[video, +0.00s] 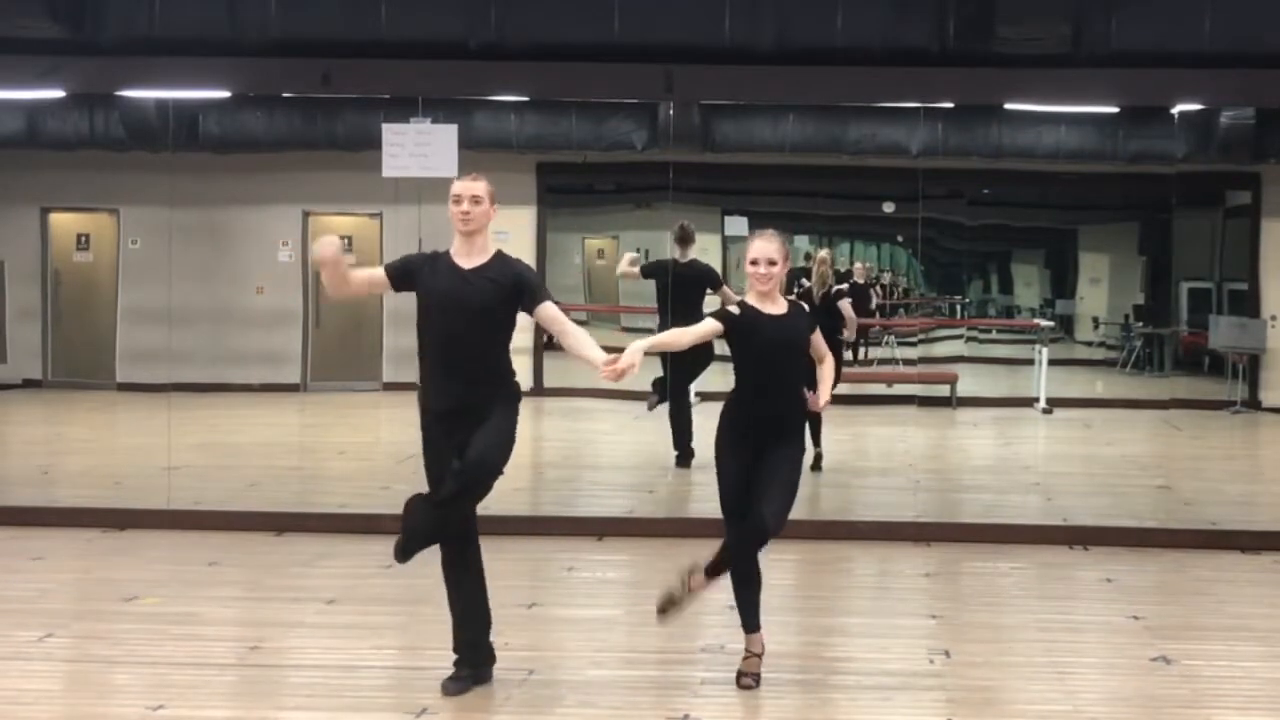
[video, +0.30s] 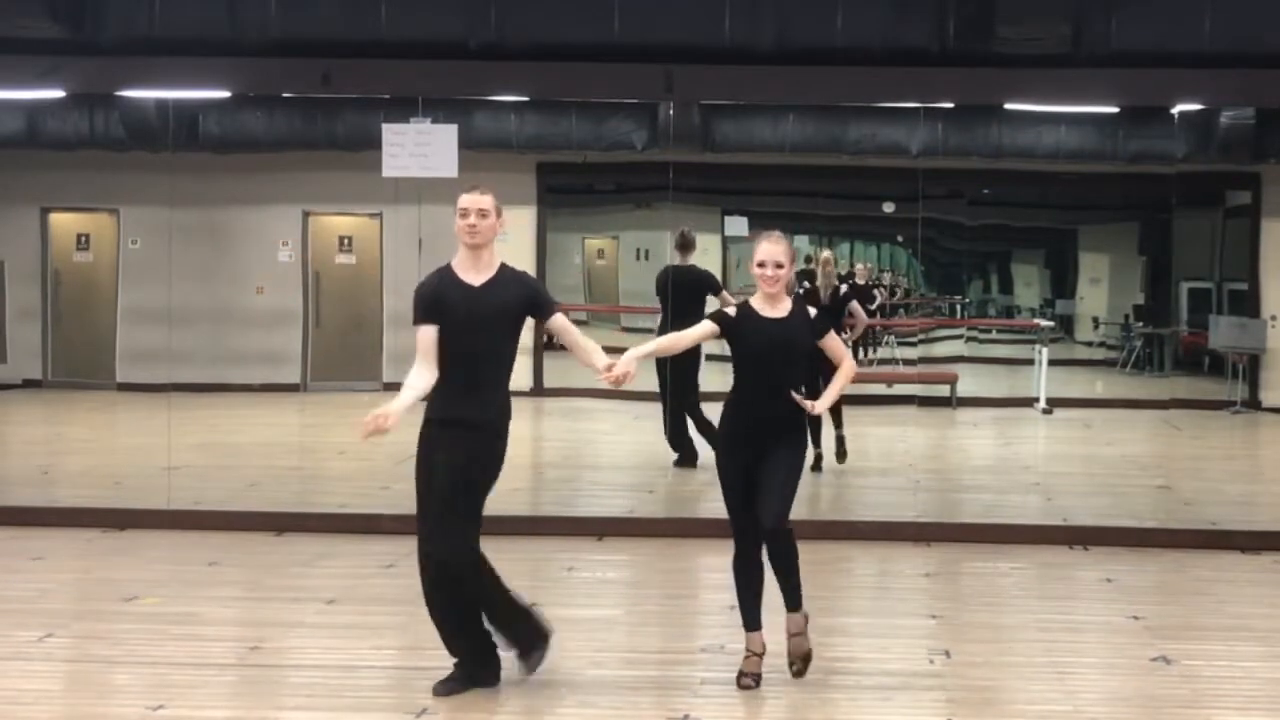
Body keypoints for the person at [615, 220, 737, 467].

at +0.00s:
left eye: (676, 242)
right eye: (688, 242)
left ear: (673, 242)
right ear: (694, 243)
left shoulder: (660, 267)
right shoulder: (704, 271)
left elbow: (622, 272)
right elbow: (731, 299)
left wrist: (627, 258)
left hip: (667, 337)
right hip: (697, 337)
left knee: (678, 395)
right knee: (704, 357)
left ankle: (684, 452)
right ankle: (663, 389)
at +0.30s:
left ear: (675, 248)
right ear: (694, 248)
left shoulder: (664, 275)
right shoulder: (703, 276)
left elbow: (663, 305)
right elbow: (730, 304)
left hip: (664, 344)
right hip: (690, 344)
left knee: (671, 401)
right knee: (690, 402)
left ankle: (685, 452)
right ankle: (719, 443)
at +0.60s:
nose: (688, 256)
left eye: (684, 250)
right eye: (695, 252)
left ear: (678, 252)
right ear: (698, 253)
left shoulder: (666, 277)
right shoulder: (706, 282)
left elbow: (623, 277)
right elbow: (731, 308)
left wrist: (596, 286)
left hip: (667, 351)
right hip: (689, 353)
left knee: (691, 400)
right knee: (670, 402)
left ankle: (679, 450)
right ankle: (650, 457)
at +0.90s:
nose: (691, 256)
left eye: (686, 253)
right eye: (696, 252)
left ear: (681, 254)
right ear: (702, 253)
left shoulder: (672, 282)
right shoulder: (714, 281)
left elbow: (635, 294)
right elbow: (738, 309)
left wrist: (609, 289)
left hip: (673, 347)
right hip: (699, 347)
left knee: (688, 399)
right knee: (686, 396)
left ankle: (687, 456)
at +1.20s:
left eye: (690, 253)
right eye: (701, 253)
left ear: (684, 254)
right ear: (704, 255)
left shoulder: (673, 276)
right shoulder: (711, 286)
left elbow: (634, 274)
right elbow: (727, 314)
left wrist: (597, 273)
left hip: (682, 350)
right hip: (707, 350)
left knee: (685, 398)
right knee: (703, 398)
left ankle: (685, 445)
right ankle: (696, 448)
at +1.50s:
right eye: (705, 254)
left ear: (687, 254)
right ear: (706, 256)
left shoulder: (676, 271)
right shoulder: (713, 284)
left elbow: (640, 254)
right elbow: (733, 313)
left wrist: (616, 243)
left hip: (681, 351)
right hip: (707, 352)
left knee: (682, 398)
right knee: (703, 399)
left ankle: (677, 446)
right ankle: (696, 449)